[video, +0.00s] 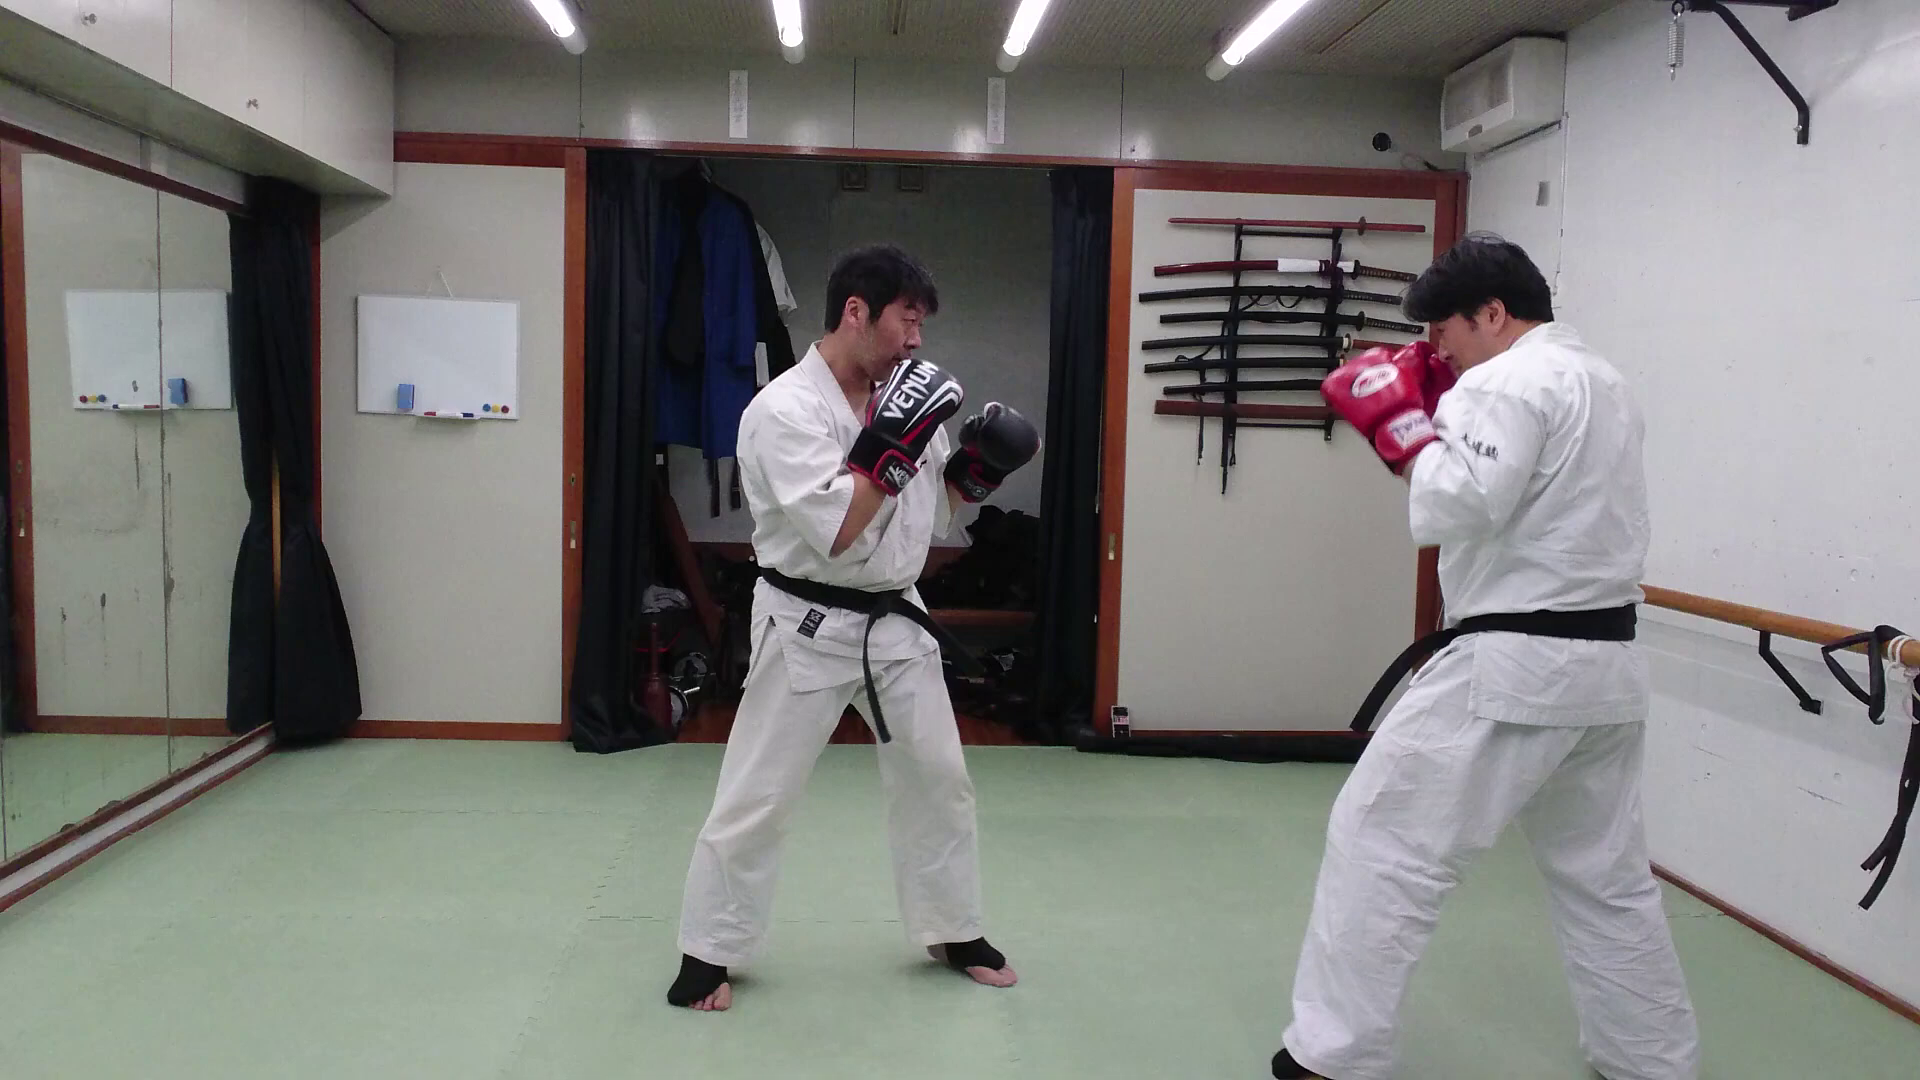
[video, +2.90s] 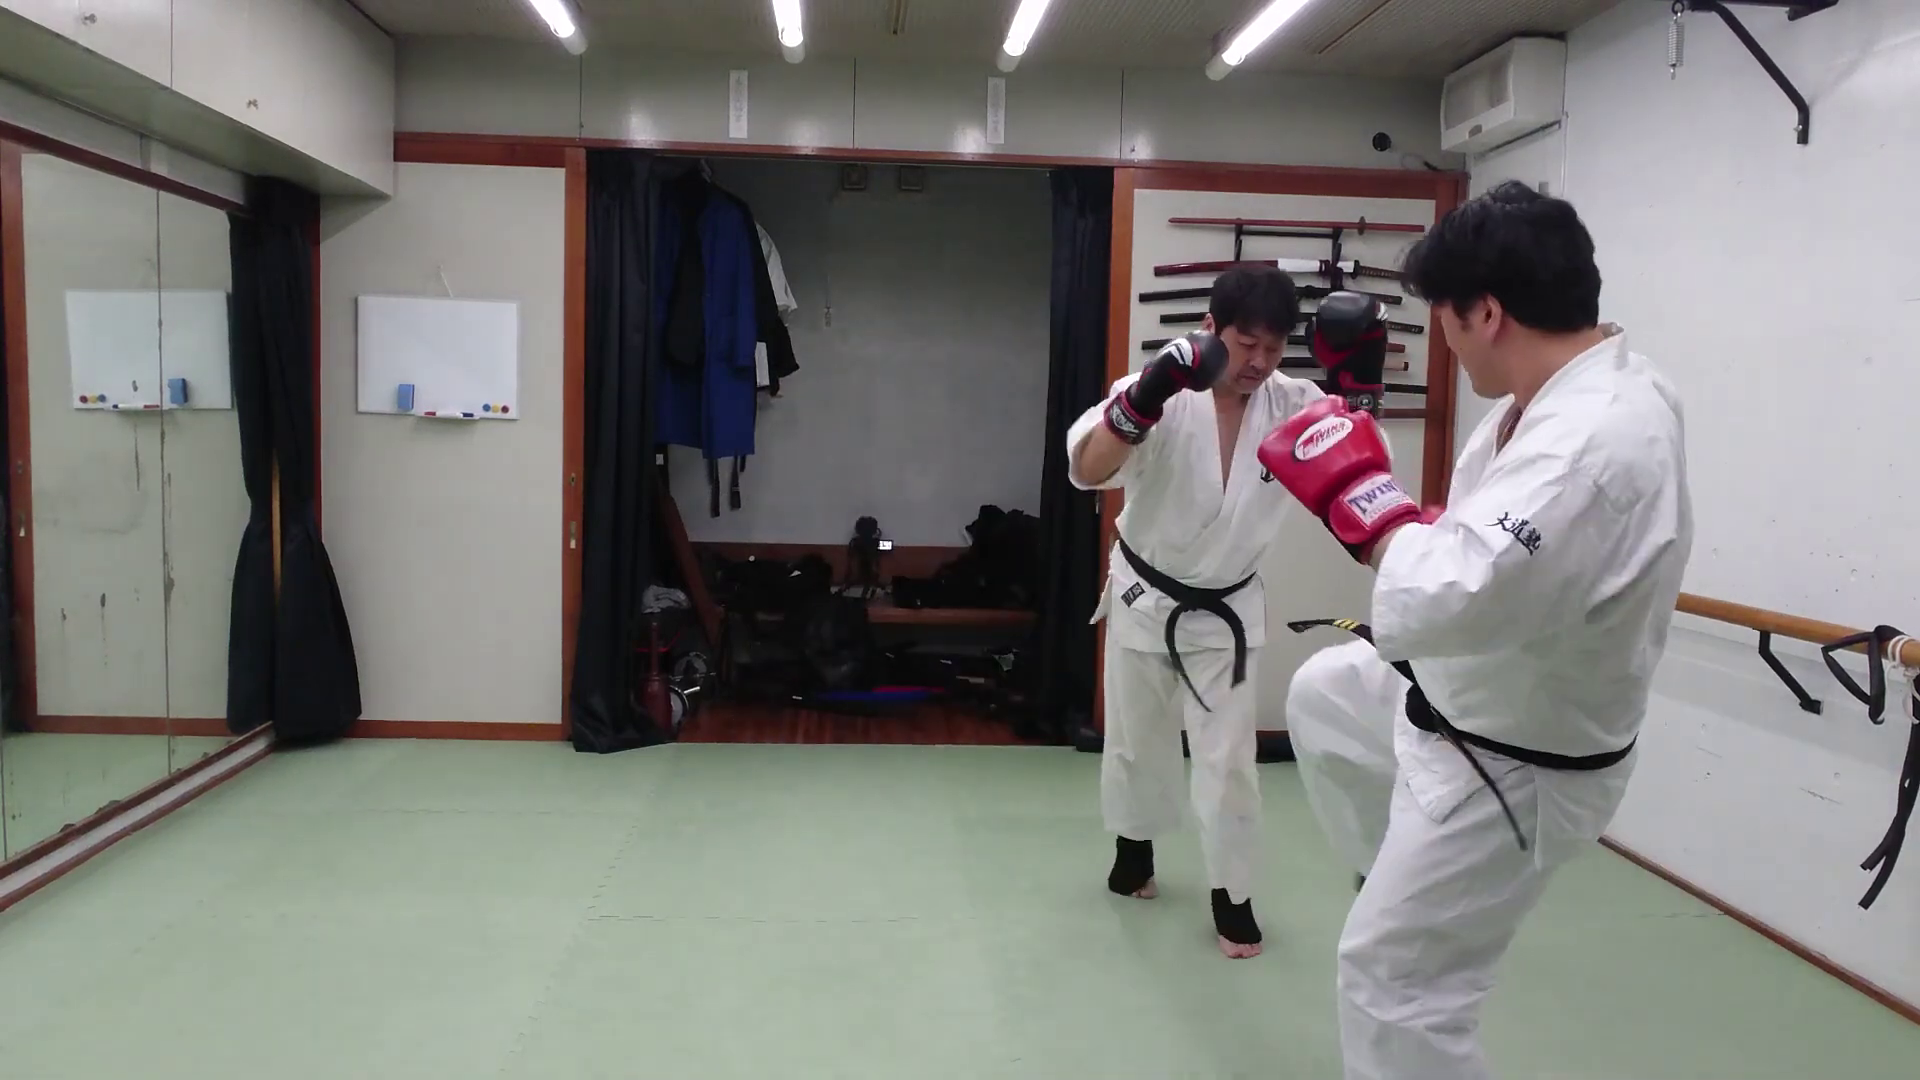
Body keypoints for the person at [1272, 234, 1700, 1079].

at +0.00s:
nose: (1439, 353)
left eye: (1444, 330)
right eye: (1433, 337)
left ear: (1495, 311)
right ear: (1514, 316)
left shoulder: (1514, 381)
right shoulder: (1606, 380)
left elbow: (1456, 503)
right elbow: (1532, 488)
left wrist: (1397, 422)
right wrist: (1433, 416)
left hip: (1511, 665)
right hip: (1611, 664)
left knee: (1381, 840)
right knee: (1607, 881)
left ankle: (1332, 1056)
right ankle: (1653, 1064)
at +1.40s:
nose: (1416, 342)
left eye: (1416, 320)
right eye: (1409, 325)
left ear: (1455, 303)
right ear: (1517, 295)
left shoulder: (1465, 393)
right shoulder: (1613, 377)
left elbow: (1375, 538)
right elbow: (1530, 459)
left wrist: (1332, 452)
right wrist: (1426, 395)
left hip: (1527, 713)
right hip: (1663, 701)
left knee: (1427, 969)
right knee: (1706, 953)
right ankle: (1781, 1072)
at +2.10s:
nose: (1505, 344)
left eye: (1507, 322)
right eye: (1501, 326)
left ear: (1548, 304)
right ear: (1628, 299)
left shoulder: (1521, 395)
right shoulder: (1729, 409)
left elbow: (1428, 533)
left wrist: (1374, 465)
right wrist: (1510, 390)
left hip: (1535, 757)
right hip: (1694, 761)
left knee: (1394, 1001)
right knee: (1721, 1015)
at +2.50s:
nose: (1523, 306)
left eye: (1525, 281)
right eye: (1520, 283)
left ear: (1578, 269)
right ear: (1615, 262)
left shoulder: (1601, 376)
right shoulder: (1706, 351)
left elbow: (1526, 501)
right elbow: (1560, 396)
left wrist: (1398, 434)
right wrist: (1445, 381)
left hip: (1544, 744)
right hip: (1667, 729)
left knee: (1442, 997)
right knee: (1654, 928)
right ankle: (1742, 1076)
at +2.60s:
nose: (1488, 326)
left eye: (1490, 301)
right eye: (1483, 304)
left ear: (1543, 288)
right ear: (1560, 285)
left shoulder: (1613, 408)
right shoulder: (1646, 375)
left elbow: (1464, 520)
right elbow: (1564, 480)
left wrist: (1378, 442)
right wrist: (1469, 451)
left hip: (1560, 760)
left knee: (1421, 966)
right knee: (1437, 784)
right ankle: (1621, 934)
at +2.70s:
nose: (1458, 352)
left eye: (1460, 329)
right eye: (1453, 330)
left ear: (1510, 320)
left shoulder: (1597, 435)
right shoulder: (1617, 393)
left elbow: (1424, 542)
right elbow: (1482, 522)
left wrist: (1377, 455)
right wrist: (1370, 510)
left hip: (1545, 774)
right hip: (1507, 704)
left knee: (1405, 972)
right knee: (1386, 683)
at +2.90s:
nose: (1441, 339)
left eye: (1442, 318)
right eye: (1436, 319)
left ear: (1491, 315)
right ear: (1566, 296)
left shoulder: (1595, 440)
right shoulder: (1568, 393)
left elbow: (1452, 596)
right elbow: (1478, 527)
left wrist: (1363, 495)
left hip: (1513, 761)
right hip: (1463, 689)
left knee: (1392, 982)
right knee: (1324, 692)